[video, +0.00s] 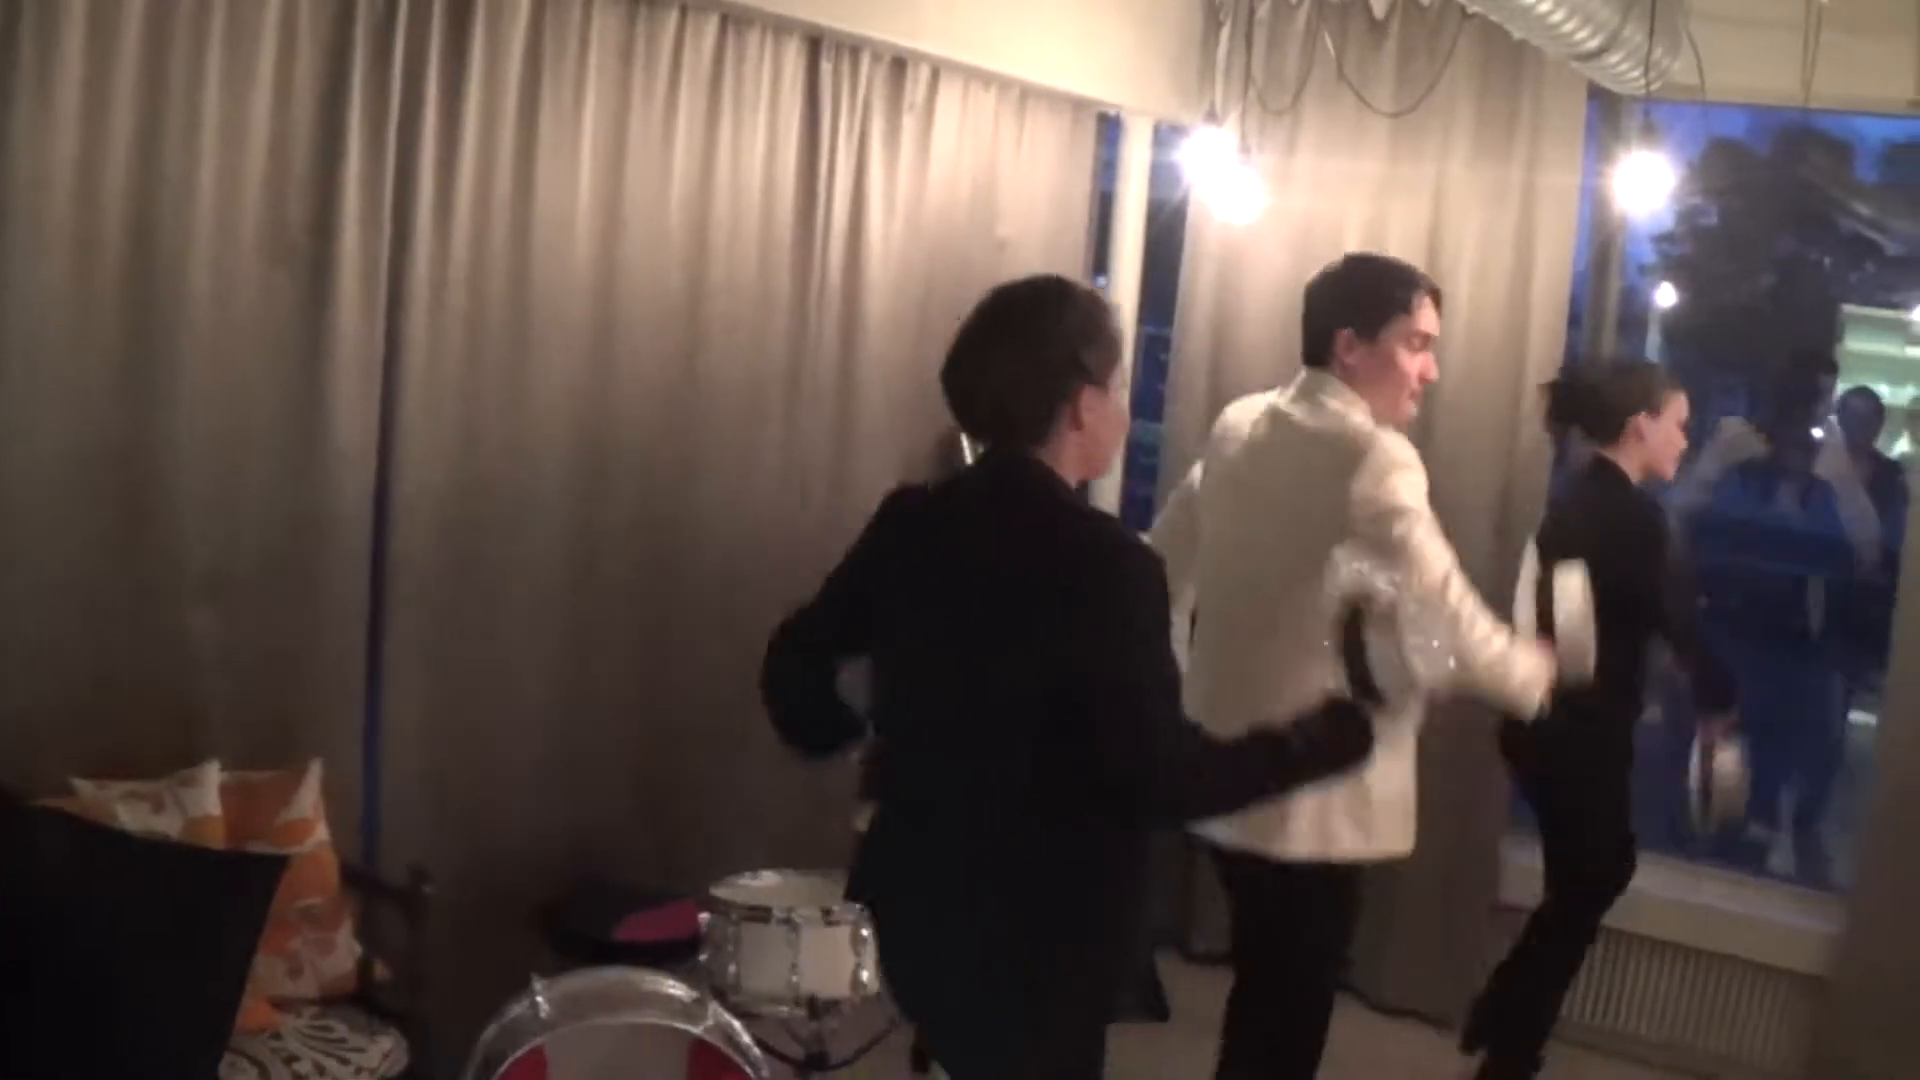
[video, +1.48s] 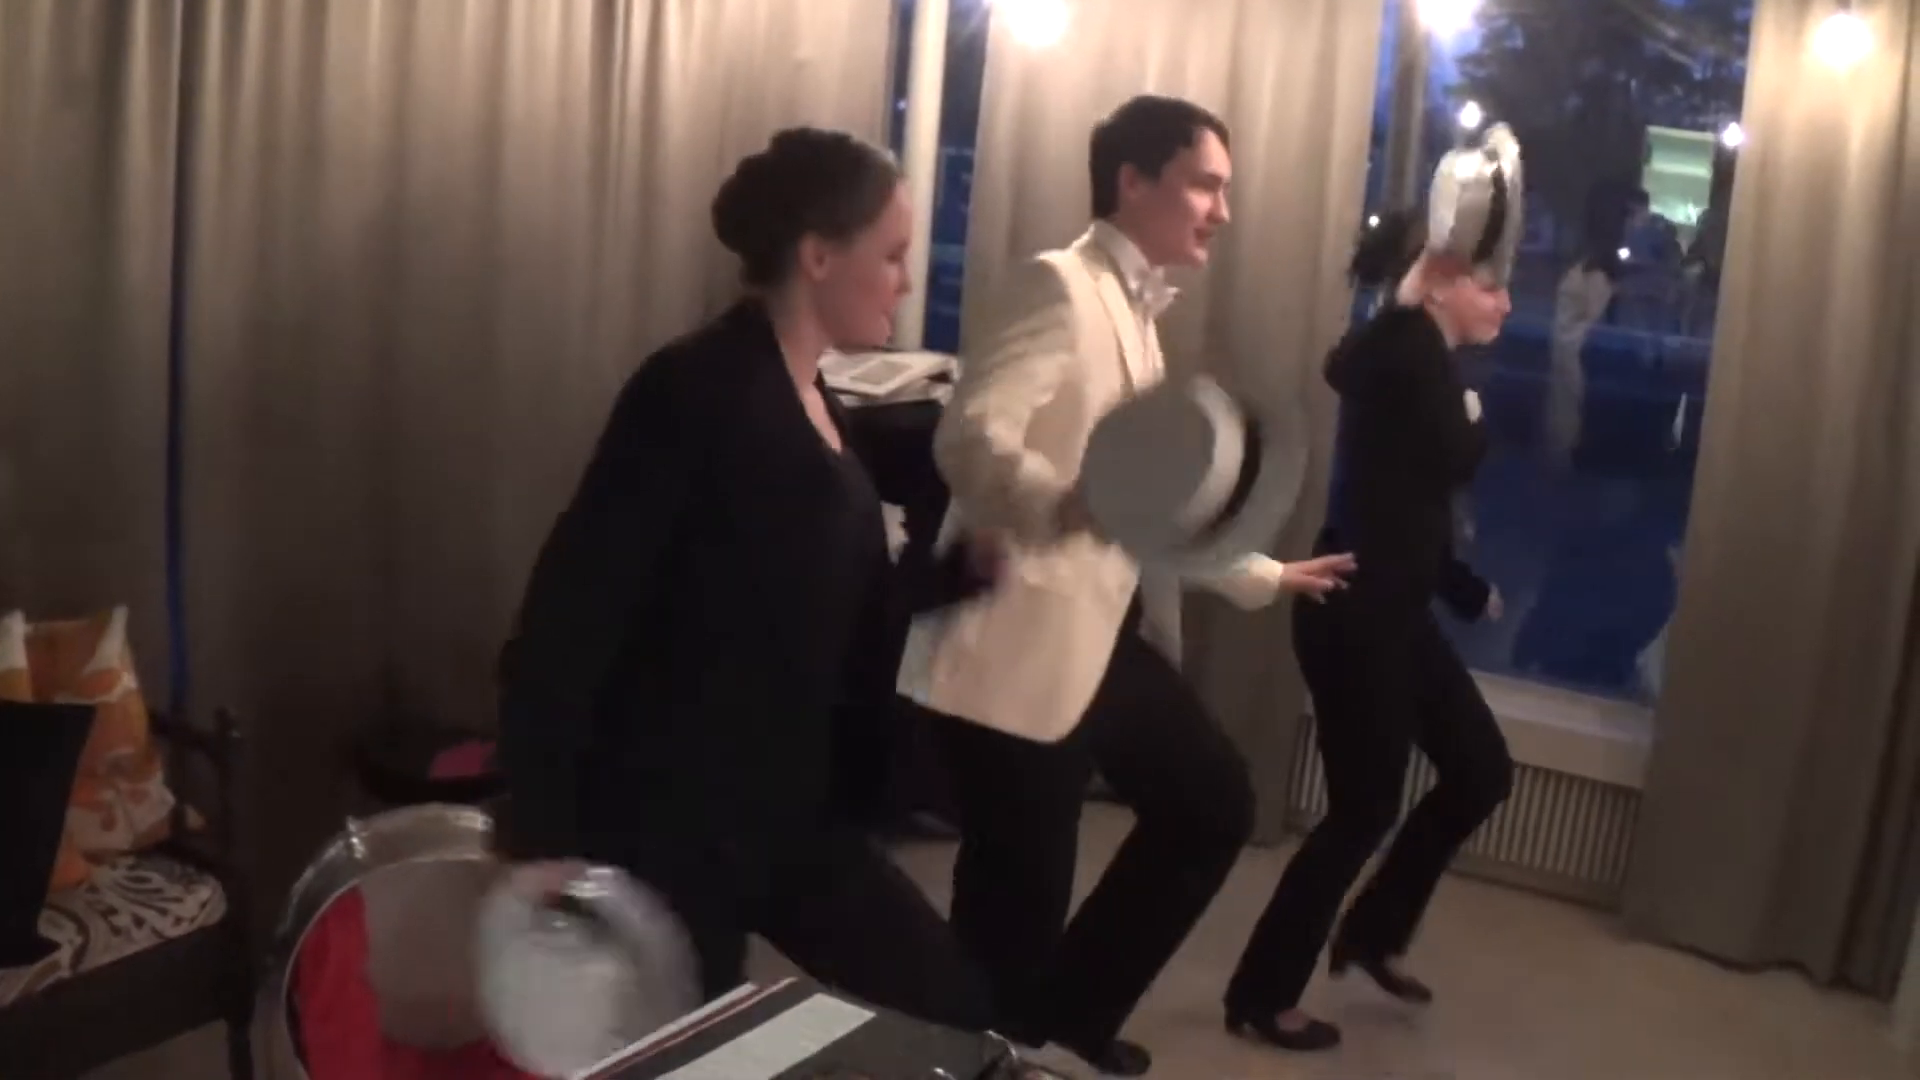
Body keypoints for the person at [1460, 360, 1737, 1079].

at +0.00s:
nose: (1685, 442)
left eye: (1685, 426)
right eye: (1678, 426)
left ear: (1627, 428)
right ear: (1638, 428)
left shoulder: (1573, 498)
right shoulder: (1632, 511)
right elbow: (1673, 617)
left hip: (1544, 716)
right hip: (1590, 726)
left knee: (1596, 867)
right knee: (1592, 874)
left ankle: (1499, 1014)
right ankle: (1511, 1048)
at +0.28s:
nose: (1627, 434)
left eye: (1631, 419)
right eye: (1612, 418)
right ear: (1562, 417)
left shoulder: (1569, 497)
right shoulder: (1546, 507)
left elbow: (1565, 634)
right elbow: (1571, 667)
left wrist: (1627, 637)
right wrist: (1649, 666)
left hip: (1546, 721)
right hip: (1534, 731)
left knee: (1542, 893)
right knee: (1562, 906)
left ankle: (1473, 1024)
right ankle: (1447, 1032)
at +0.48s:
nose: (1587, 415)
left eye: (1592, 400)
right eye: (1572, 397)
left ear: (1590, 404)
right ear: (1522, 397)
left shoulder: (1566, 486)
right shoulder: (1489, 486)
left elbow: (1579, 590)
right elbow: (1505, 604)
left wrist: (1665, 613)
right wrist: (1585, 649)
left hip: (1530, 706)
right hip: (1475, 709)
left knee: (1492, 881)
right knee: (1491, 893)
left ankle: (1444, 1005)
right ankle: (1408, 1058)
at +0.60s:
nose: (1559, 381)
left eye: (1563, 366)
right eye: (1545, 363)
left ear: (1549, 370)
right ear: (1493, 359)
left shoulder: (1530, 446)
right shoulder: (1460, 441)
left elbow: (1565, 514)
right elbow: (1506, 529)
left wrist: (1635, 476)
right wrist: (1641, 483)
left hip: (1496, 669)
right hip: (1437, 668)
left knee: (1458, 836)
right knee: (1434, 878)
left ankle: (1434, 960)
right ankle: (1347, 1060)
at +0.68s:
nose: (1524, 382)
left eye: (1527, 368)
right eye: (1511, 367)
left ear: (1519, 370)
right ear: (1470, 362)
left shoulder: (1498, 434)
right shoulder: (1431, 429)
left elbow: (1544, 490)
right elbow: (1508, 515)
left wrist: (1619, 432)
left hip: (1470, 658)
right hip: (1409, 657)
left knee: (1450, 825)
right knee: (1415, 853)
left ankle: (1422, 943)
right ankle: (1320, 1050)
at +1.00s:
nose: (1497, 331)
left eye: (1499, 314)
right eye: (1486, 313)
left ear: (1452, 315)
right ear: (1439, 311)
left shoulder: (1440, 391)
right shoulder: (1394, 383)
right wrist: (1422, 366)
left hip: (1394, 631)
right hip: (1350, 629)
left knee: (1478, 807)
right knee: (1359, 828)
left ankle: (1413, 1022)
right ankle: (1257, 1021)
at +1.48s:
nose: (1503, 306)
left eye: (1503, 290)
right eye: (1493, 289)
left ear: (1454, 286)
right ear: (1447, 280)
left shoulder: (1428, 359)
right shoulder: (1402, 350)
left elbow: (1407, 511)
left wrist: (1458, 583)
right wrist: (1412, 302)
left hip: (1397, 608)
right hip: (1353, 611)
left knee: (1479, 771)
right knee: (1362, 810)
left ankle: (1373, 934)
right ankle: (1258, 997)